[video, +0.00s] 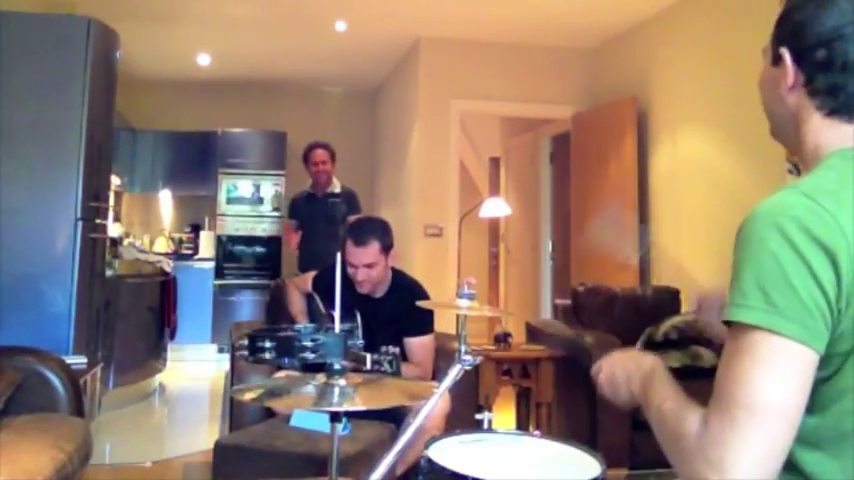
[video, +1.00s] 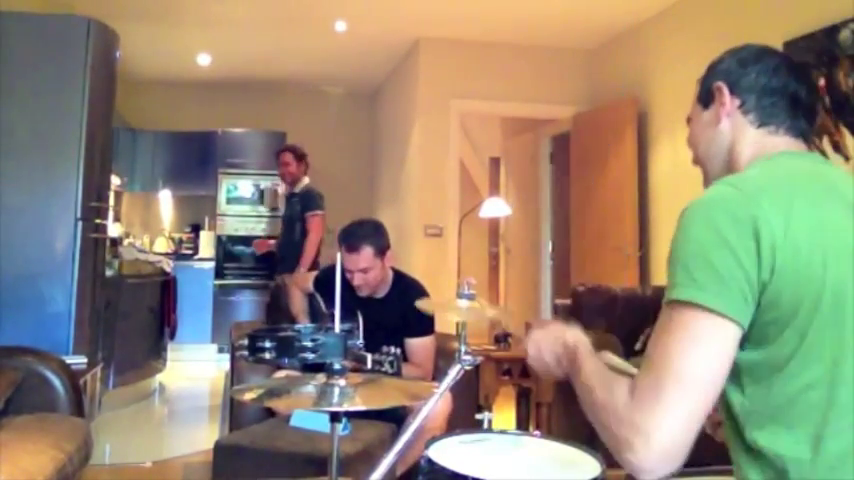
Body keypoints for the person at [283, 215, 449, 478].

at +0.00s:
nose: (359, 276)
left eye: (369, 267)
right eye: (352, 266)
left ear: (389, 258)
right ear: (344, 257)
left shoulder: (411, 295)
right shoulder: (335, 277)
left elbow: (423, 371)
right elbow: (293, 287)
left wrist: (370, 366)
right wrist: (304, 327)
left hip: (389, 389)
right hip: (334, 382)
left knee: (437, 403)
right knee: (280, 388)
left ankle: (389, 473)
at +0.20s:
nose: (360, 277)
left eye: (369, 268)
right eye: (352, 267)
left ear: (389, 258)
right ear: (344, 259)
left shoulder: (412, 294)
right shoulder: (336, 277)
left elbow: (423, 371)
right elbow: (293, 287)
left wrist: (370, 366)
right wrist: (305, 329)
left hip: (390, 389)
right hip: (336, 382)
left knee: (438, 403)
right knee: (280, 389)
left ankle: (388, 473)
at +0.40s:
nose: (361, 277)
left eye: (370, 267)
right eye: (353, 267)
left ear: (391, 258)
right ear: (345, 257)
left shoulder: (413, 295)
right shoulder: (336, 277)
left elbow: (424, 371)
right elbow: (293, 286)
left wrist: (370, 366)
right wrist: (305, 330)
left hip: (389, 389)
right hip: (336, 382)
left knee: (439, 403)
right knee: (280, 386)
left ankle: (388, 473)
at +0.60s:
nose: (361, 278)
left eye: (370, 269)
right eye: (353, 268)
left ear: (390, 259)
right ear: (344, 258)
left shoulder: (413, 295)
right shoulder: (335, 278)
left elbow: (423, 371)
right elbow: (294, 285)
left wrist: (368, 365)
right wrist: (306, 331)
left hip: (390, 388)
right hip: (337, 381)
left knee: (439, 403)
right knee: (282, 386)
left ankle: (389, 473)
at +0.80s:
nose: (359, 283)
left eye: (368, 273)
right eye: (352, 274)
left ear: (388, 260)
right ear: (344, 263)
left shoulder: (412, 295)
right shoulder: (333, 279)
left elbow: (424, 371)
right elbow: (294, 285)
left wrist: (369, 365)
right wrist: (305, 329)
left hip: (389, 389)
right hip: (335, 381)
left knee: (440, 402)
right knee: (280, 388)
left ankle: (388, 473)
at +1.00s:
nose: (356, 281)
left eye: (365, 271)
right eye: (350, 271)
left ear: (387, 260)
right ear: (342, 261)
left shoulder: (412, 295)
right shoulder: (333, 279)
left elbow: (423, 371)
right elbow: (295, 283)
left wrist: (368, 365)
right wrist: (305, 328)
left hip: (388, 390)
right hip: (334, 383)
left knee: (439, 402)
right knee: (281, 385)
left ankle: (389, 473)